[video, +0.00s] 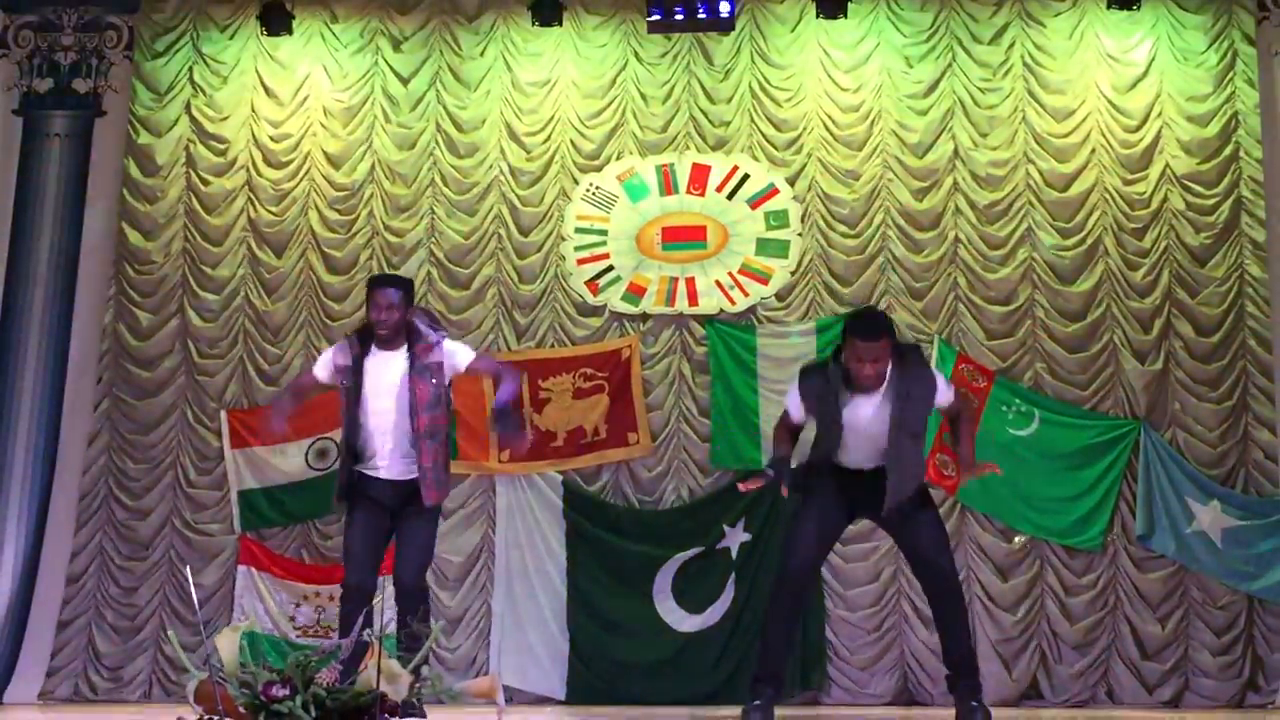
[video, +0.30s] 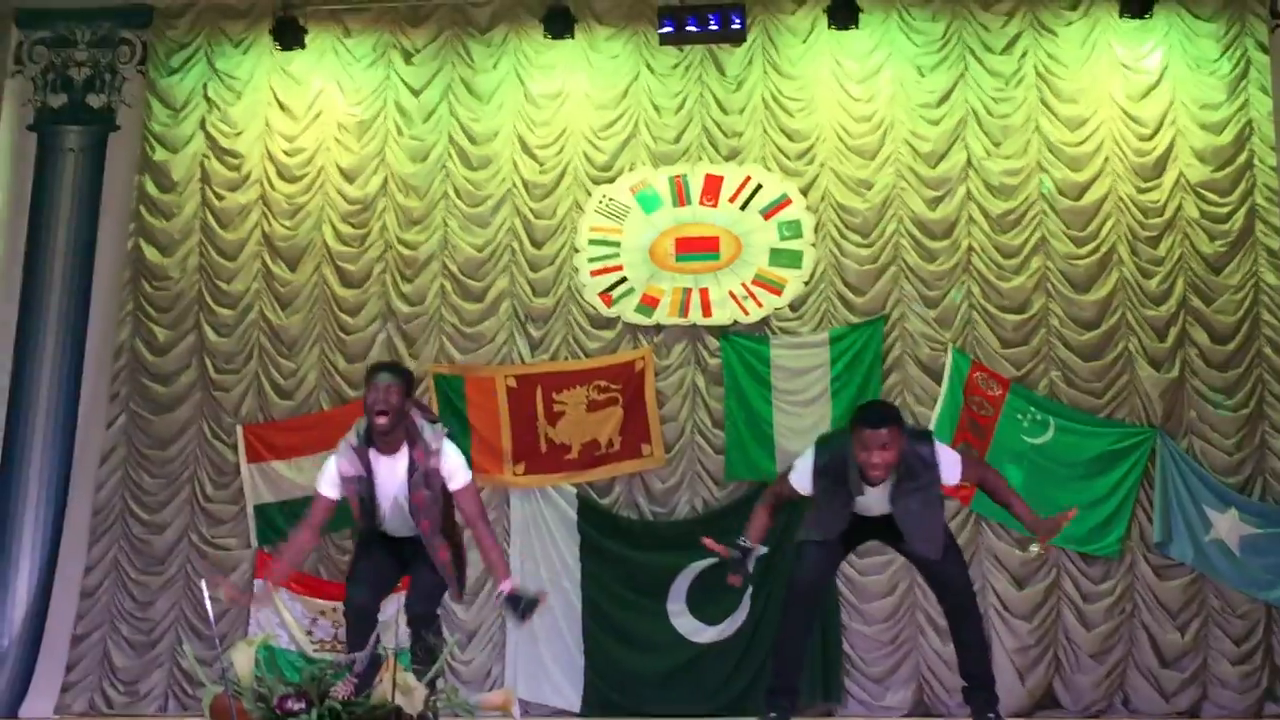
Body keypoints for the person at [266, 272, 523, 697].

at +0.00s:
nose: (382, 316)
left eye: (391, 308)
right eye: (375, 307)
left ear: (408, 312)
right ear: (366, 310)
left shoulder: (436, 350)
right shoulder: (348, 353)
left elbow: (508, 373)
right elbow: (298, 388)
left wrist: (502, 407)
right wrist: (277, 414)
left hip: (420, 491)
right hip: (368, 489)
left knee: (410, 583)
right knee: (355, 586)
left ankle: (413, 685)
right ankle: (346, 686)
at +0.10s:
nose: (380, 341)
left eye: (390, 334)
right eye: (375, 332)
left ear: (408, 341)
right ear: (365, 337)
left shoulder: (434, 384)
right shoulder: (348, 390)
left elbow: (486, 449)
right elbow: (327, 462)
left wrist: (468, 507)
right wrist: (323, 525)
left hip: (422, 510)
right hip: (371, 506)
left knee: (408, 591)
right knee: (352, 594)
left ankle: (416, 685)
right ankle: (354, 678)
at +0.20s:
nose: (385, 391)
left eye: (395, 382)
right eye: (378, 382)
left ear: (413, 390)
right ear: (369, 390)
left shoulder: (442, 440)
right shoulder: (354, 445)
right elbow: (343, 526)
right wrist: (325, 597)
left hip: (436, 538)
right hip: (386, 539)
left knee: (422, 607)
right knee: (359, 599)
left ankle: (433, 693)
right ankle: (364, 677)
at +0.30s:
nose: (380, 404)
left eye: (390, 395)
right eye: (373, 394)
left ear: (408, 402)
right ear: (363, 400)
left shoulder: (439, 450)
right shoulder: (348, 455)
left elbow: (478, 523)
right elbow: (311, 527)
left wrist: (505, 584)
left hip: (432, 541)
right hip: (379, 541)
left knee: (421, 610)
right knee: (358, 602)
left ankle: (427, 694)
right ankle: (362, 686)